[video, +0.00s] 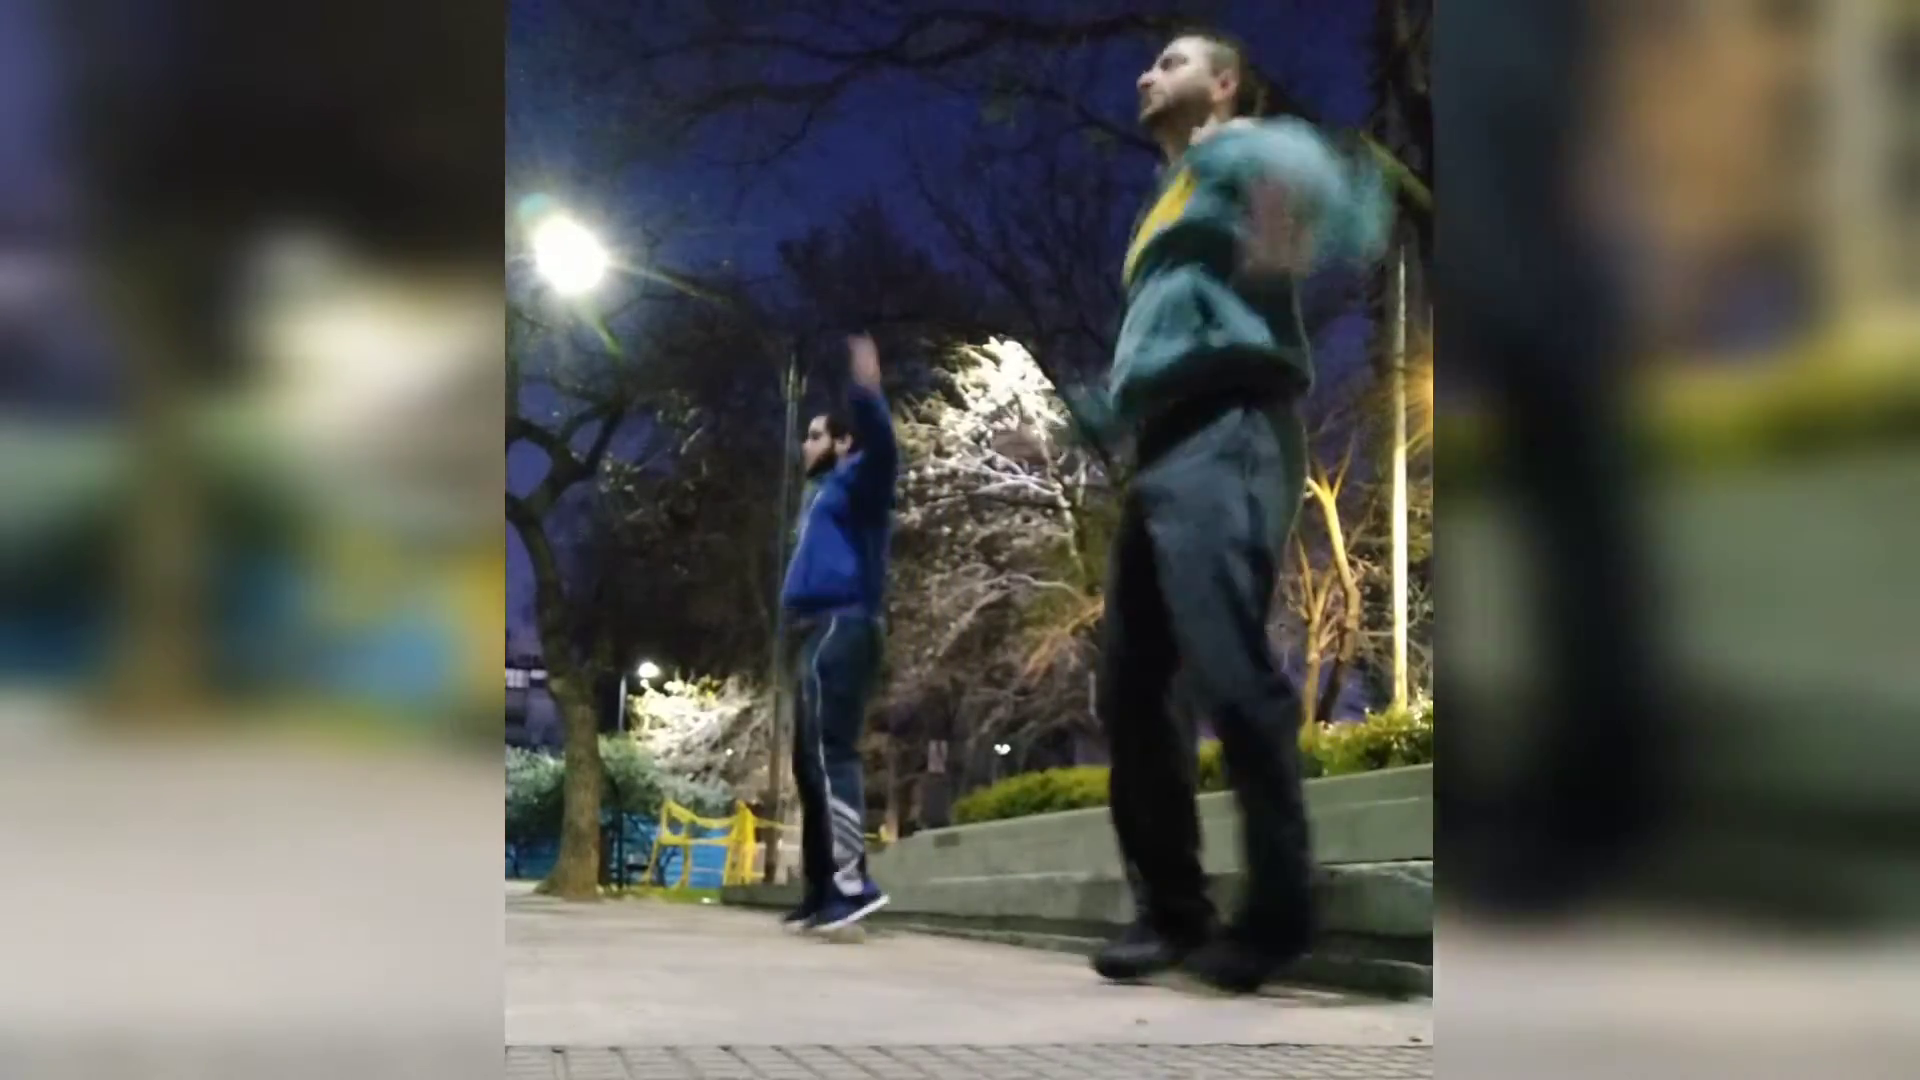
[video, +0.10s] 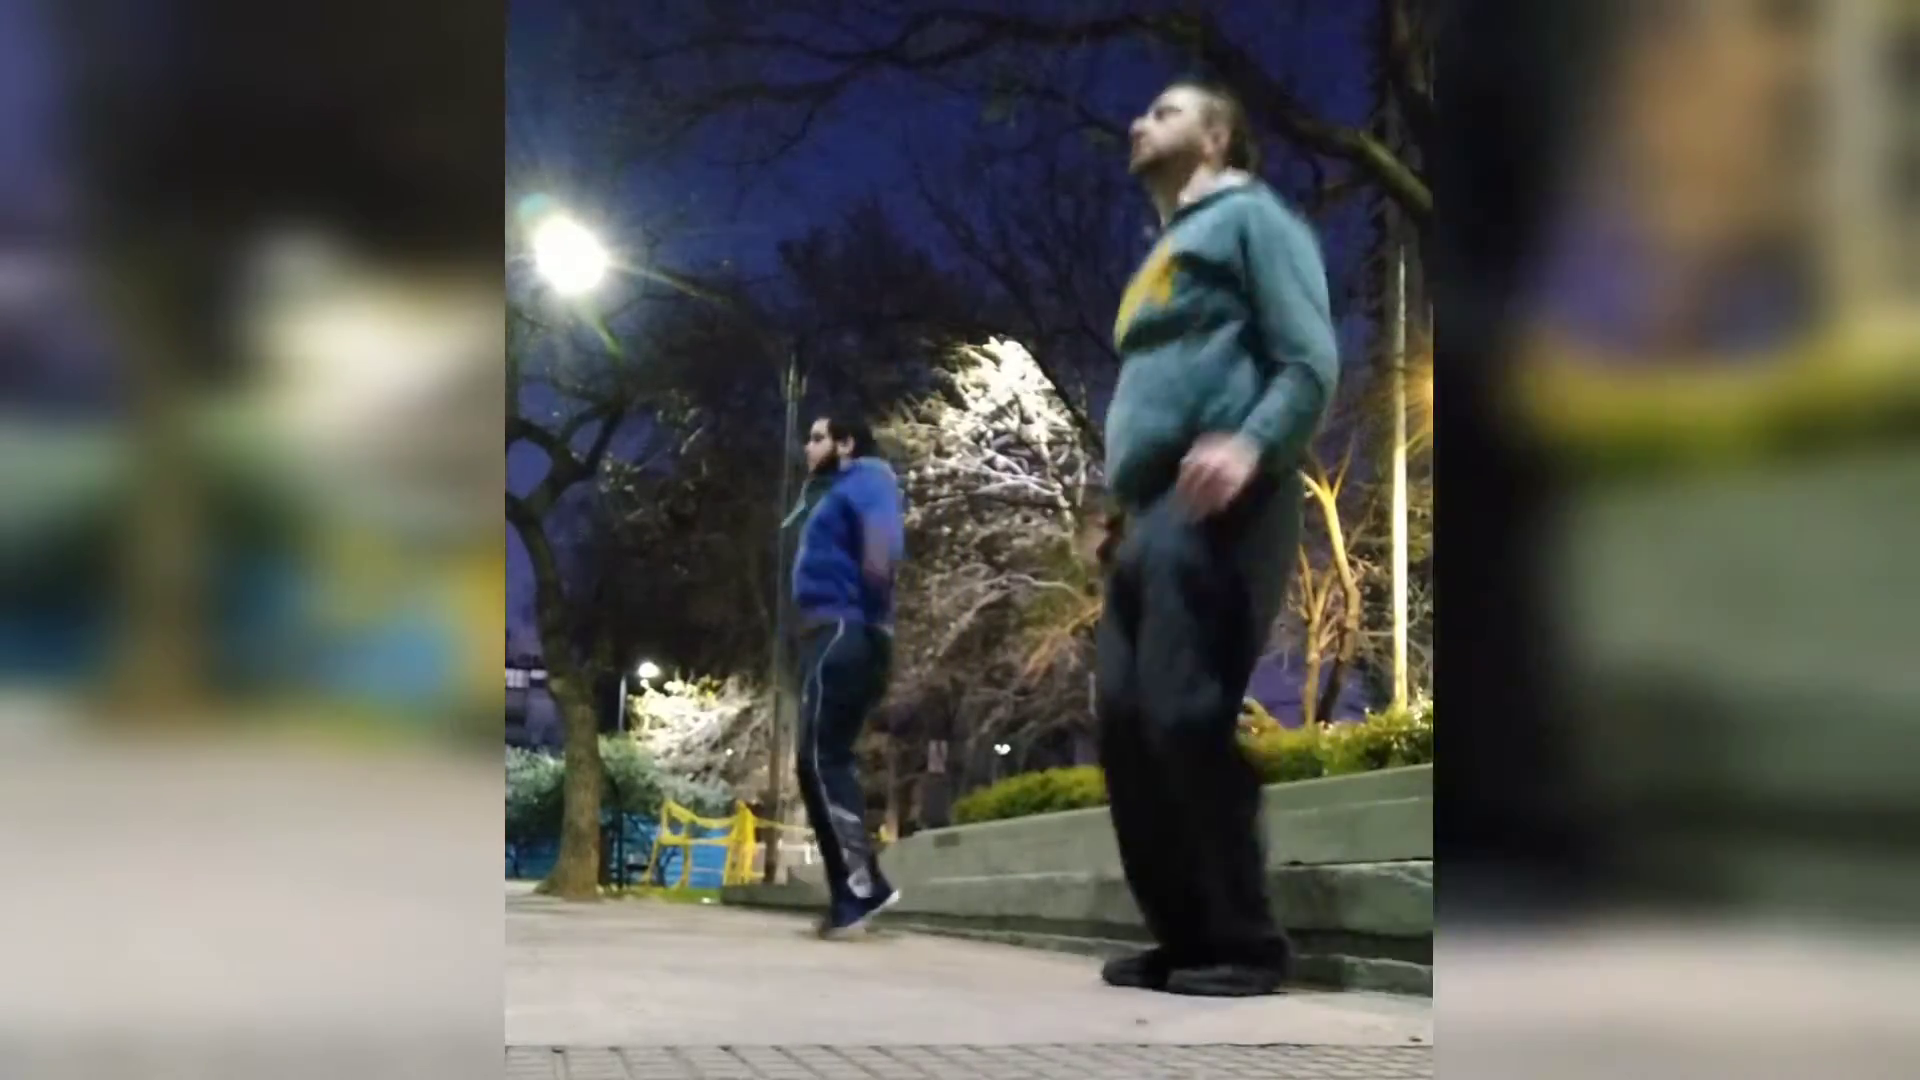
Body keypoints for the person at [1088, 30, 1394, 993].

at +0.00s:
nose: (1148, 74)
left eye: (1170, 60)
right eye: (1150, 63)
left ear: (1226, 84)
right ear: (1181, 96)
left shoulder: (1242, 151)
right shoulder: (1172, 197)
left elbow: (1309, 173)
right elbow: (1163, 346)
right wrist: (1109, 413)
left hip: (1225, 434)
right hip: (1163, 453)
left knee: (1229, 675)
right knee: (1133, 692)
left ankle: (1279, 918)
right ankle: (1173, 912)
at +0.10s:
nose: (1142, 121)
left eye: (1166, 109)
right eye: (1143, 113)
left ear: (1216, 134)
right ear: (1158, 151)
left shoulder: (1253, 214)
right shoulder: (1167, 244)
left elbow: (1311, 361)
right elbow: (1164, 386)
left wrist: (1249, 444)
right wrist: (1127, 506)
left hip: (1223, 497)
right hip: (1151, 509)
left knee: (1181, 714)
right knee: (1124, 718)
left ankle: (1246, 948)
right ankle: (1184, 940)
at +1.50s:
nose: (1161, 143)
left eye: (1184, 128)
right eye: (1159, 132)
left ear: (1231, 145)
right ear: (1168, 164)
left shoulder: (1254, 208)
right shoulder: (1148, 242)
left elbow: (1301, 32)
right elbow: (1122, 194)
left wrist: (1242, 36)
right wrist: (1172, 91)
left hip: (1229, 503)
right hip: (1156, 525)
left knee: (1250, 736)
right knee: (1095, 751)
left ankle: (1399, 956)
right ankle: (1106, 940)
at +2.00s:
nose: (1141, 133)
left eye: (1165, 119)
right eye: (1143, 122)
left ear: (1217, 141)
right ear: (1169, 153)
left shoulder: (1256, 224)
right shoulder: (1170, 255)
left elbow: (1317, 350)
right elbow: (1159, 395)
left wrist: (1242, 421)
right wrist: (1127, 511)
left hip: (1217, 508)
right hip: (1150, 520)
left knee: (1189, 724)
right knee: (1122, 732)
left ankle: (1245, 945)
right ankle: (1184, 938)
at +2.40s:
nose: (1169, 154)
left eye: (1190, 136)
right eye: (1163, 145)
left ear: (1237, 151)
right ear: (1167, 175)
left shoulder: (1264, 208)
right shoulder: (1159, 256)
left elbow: (1308, 34)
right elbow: (1131, 221)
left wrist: (1234, 30)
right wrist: (1161, 144)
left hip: (1246, 506)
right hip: (1175, 532)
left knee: (1258, 737)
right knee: (1127, 755)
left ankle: (1405, 952)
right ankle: (1154, 938)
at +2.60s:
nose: (1174, 83)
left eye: (1198, 72)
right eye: (1176, 74)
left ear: (1250, 94)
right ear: (1185, 108)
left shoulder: (1272, 154)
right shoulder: (1181, 228)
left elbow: (1353, 72)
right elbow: (1131, 296)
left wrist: (1353, 2)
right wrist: (1052, 263)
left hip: (1251, 438)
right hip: (1180, 463)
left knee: (1273, 676)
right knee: (1150, 690)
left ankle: (1361, 928)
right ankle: (1147, 908)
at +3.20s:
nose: (1215, 103)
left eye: (1233, 93)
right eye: (1213, 98)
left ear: (1268, 117)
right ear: (1216, 134)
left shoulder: (1291, 175)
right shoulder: (1185, 237)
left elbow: (1355, 44)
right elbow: (1145, 251)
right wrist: (1136, 152)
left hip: (1267, 463)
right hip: (1192, 482)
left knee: (1296, 680)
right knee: (1156, 712)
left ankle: (1408, 941)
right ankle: (1183, 923)